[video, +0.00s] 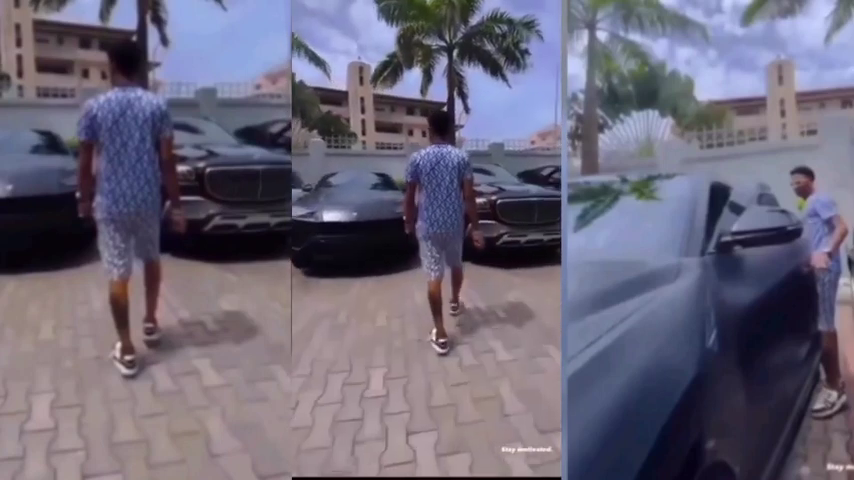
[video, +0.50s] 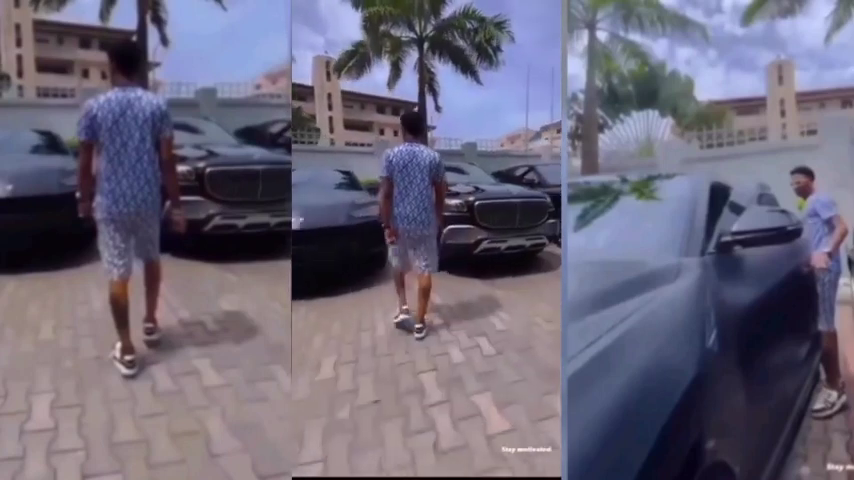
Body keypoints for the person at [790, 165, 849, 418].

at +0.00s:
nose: (796, 187)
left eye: (799, 183)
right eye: (793, 184)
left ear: (811, 181)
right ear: (797, 185)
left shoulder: (821, 201)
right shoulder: (809, 205)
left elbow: (842, 227)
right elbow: (820, 234)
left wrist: (827, 253)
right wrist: (810, 255)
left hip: (825, 268)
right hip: (815, 268)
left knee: (825, 327)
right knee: (822, 327)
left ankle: (834, 388)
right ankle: (830, 385)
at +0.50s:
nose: (796, 187)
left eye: (799, 183)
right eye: (793, 184)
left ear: (811, 181)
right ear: (797, 185)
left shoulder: (821, 201)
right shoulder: (809, 205)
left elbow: (842, 227)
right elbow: (820, 234)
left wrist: (827, 253)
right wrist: (810, 255)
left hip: (825, 268)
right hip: (815, 268)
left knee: (825, 327)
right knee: (822, 327)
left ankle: (834, 388)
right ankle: (830, 385)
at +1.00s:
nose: (796, 187)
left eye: (799, 183)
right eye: (793, 184)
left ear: (811, 181)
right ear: (797, 185)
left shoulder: (821, 201)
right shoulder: (809, 205)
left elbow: (842, 227)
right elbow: (820, 234)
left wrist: (827, 253)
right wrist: (810, 255)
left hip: (825, 268)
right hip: (815, 268)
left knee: (825, 327)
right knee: (822, 327)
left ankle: (834, 388)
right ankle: (830, 385)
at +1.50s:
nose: (796, 187)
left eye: (799, 183)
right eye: (793, 184)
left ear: (811, 181)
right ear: (797, 185)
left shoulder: (821, 201)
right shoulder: (809, 205)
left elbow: (842, 227)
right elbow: (820, 234)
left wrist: (827, 253)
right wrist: (810, 255)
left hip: (825, 268)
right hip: (815, 268)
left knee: (825, 327)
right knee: (822, 327)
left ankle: (834, 388)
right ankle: (830, 385)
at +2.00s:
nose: (796, 187)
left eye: (799, 183)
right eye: (793, 184)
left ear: (811, 181)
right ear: (797, 185)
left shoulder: (821, 201)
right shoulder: (809, 205)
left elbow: (842, 227)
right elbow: (820, 234)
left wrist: (827, 253)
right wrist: (810, 255)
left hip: (825, 268)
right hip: (815, 268)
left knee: (825, 327)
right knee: (822, 327)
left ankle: (834, 388)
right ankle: (830, 385)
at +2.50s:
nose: (796, 187)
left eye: (799, 183)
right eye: (793, 184)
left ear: (811, 181)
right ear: (797, 185)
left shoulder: (821, 201)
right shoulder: (809, 205)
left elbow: (842, 227)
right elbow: (820, 234)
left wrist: (827, 253)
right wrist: (810, 255)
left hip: (825, 268)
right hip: (815, 268)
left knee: (825, 327)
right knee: (822, 327)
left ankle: (834, 388)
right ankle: (830, 385)